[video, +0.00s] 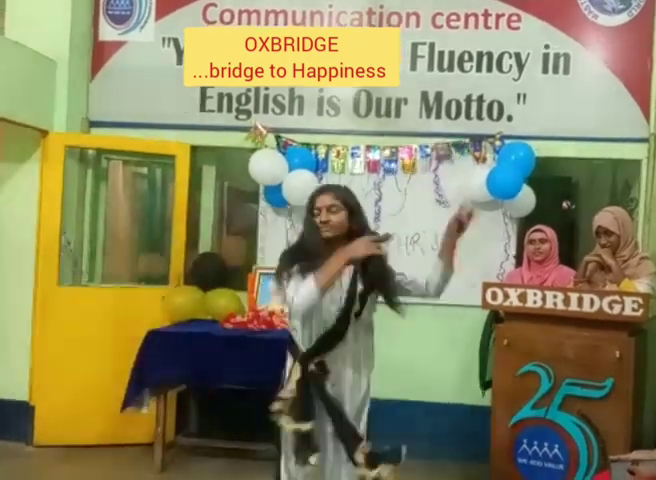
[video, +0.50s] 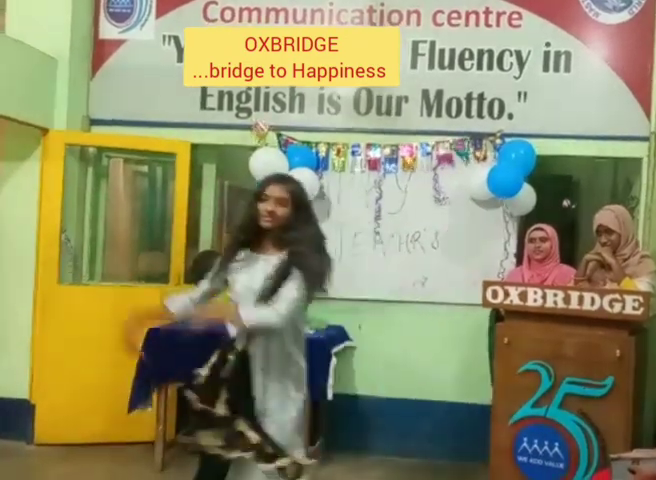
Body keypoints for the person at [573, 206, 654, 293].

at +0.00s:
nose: (602, 242)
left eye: (608, 234)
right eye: (598, 235)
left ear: (624, 233)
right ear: (595, 236)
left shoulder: (644, 265)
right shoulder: (592, 263)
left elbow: (640, 299)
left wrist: (613, 264)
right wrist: (584, 267)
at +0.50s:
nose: (603, 240)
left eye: (609, 232)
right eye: (599, 234)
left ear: (624, 232)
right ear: (595, 235)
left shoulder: (644, 263)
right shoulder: (592, 261)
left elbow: (640, 299)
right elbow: (575, 294)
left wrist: (613, 263)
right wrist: (584, 264)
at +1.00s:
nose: (603, 237)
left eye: (609, 230)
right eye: (599, 231)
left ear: (624, 230)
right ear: (595, 232)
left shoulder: (645, 262)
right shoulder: (593, 259)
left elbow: (641, 296)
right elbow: (577, 290)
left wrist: (614, 261)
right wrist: (585, 262)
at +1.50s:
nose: (602, 235)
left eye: (609, 228)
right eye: (599, 228)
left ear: (625, 227)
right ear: (595, 229)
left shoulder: (646, 259)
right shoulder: (593, 256)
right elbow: (576, 287)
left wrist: (615, 258)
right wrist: (585, 260)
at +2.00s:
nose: (604, 229)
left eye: (611, 222)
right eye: (600, 222)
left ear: (627, 221)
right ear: (597, 224)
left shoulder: (647, 253)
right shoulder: (595, 251)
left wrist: (617, 252)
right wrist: (587, 254)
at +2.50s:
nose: (605, 219)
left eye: (612, 211)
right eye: (602, 212)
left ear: (629, 211)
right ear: (599, 213)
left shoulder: (649, 243)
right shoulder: (596, 241)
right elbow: (580, 271)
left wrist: (618, 242)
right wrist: (588, 242)